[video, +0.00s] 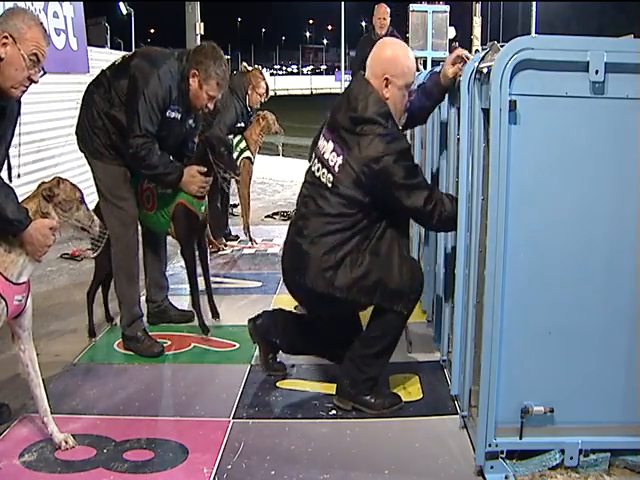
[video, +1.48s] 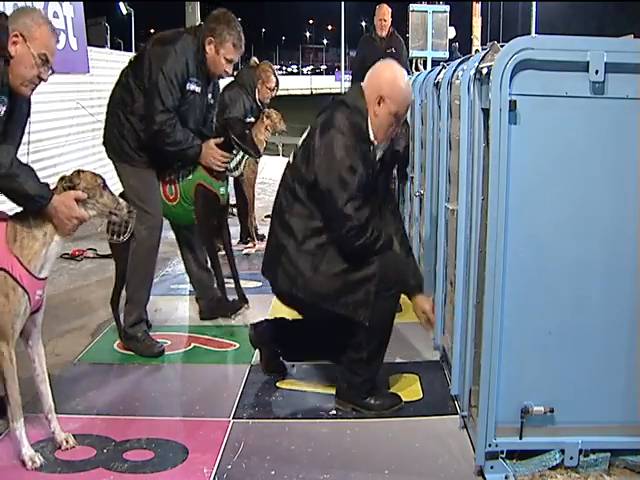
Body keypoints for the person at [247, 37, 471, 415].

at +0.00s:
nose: (410, 96)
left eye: (411, 88)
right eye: (407, 87)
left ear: (377, 81)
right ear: (385, 85)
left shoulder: (348, 108)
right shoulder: (384, 144)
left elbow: (405, 114)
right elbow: (432, 209)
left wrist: (442, 80)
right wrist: (484, 209)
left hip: (303, 258)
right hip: (329, 268)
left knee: (346, 344)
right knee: (407, 282)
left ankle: (271, 327)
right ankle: (359, 386)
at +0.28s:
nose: (404, 101)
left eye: (404, 92)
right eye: (399, 93)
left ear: (372, 90)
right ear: (375, 93)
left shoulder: (347, 117)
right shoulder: (379, 153)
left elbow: (392, 125)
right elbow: (429, 212)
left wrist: (432, 118)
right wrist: (488, 203)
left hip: (307, 269)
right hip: (332, 276)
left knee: (349, 354)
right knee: (409, 282)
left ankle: (275, 329)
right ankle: (358, 386)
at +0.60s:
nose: (407, 119)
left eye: (407, 111)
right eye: (403, 112)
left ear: (374, 105)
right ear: (382, 110)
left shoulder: (349, 124)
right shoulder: (378, 164)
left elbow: (391, 154)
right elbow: (438, 221)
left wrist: (429, 166)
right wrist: (489, 225)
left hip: (302, 267)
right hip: (324, 278)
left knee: (349, 351)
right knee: (404, 279)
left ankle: (276, 330)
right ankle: (358, 387)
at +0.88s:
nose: (399, 137)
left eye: (401, 129)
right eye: (395, 129)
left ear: (374, 116)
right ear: (374, 120)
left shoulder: (349, 135)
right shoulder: (355, 159)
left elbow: (395, 192)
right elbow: (391, 225)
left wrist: (430, 239)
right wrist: (423, 267)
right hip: (309, 281)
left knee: (358, 352)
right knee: (390, 274)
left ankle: (277, 332)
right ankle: (358, 388)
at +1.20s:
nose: (396, 145)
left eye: (399, 136)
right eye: (391, 136)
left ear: (373, 123)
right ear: (366, 124)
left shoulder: (374, 154)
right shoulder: (331, 154)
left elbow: (397, 225)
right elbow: (340, 246)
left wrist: (430, 294)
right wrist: (379, 237)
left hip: (327, 280)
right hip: (297, 281)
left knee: (355, 355)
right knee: (382, 270)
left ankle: (277, 333)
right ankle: (356, 389)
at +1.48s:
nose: (400, 125)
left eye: (403, 117)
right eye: (398, 116)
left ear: (380, 103)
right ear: (377, 104)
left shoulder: (367, 131)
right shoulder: (340, 131)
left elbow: (389, 217)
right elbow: (353, 234)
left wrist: (414, 288)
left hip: (326, 262)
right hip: (300, 263)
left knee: (354, 340)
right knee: (384, 277)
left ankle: (271, 335)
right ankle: (357, 388)